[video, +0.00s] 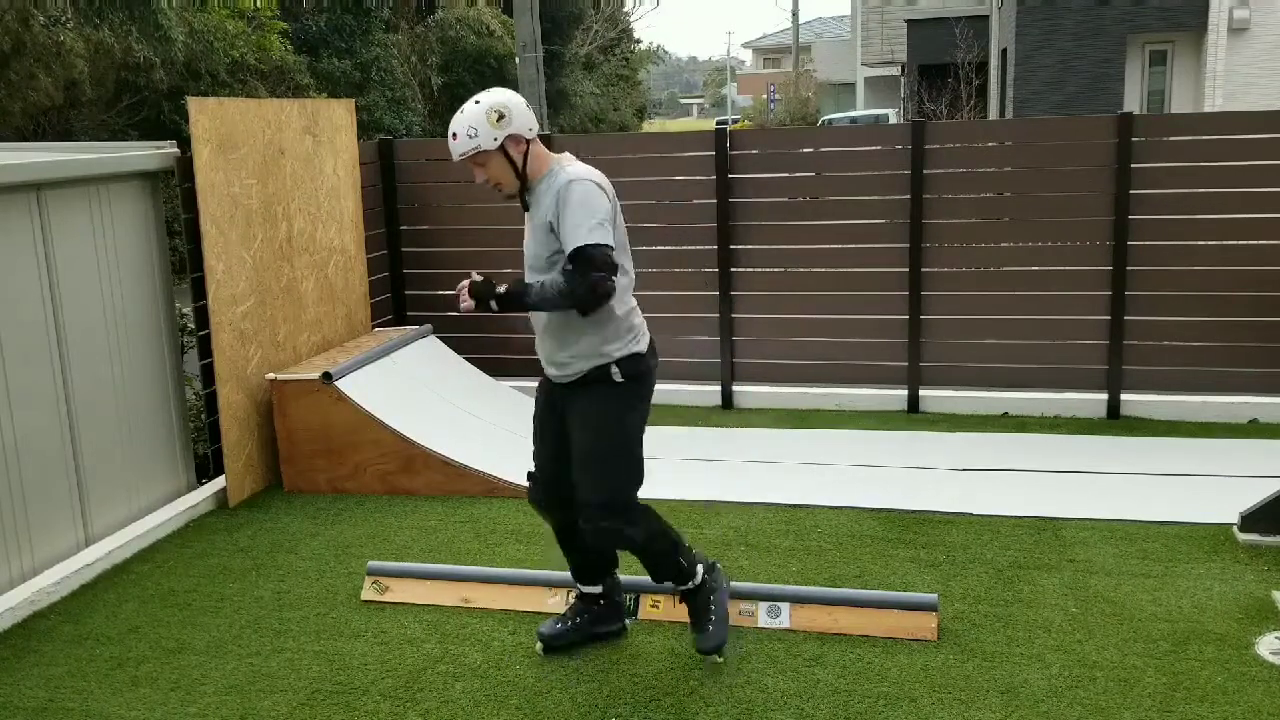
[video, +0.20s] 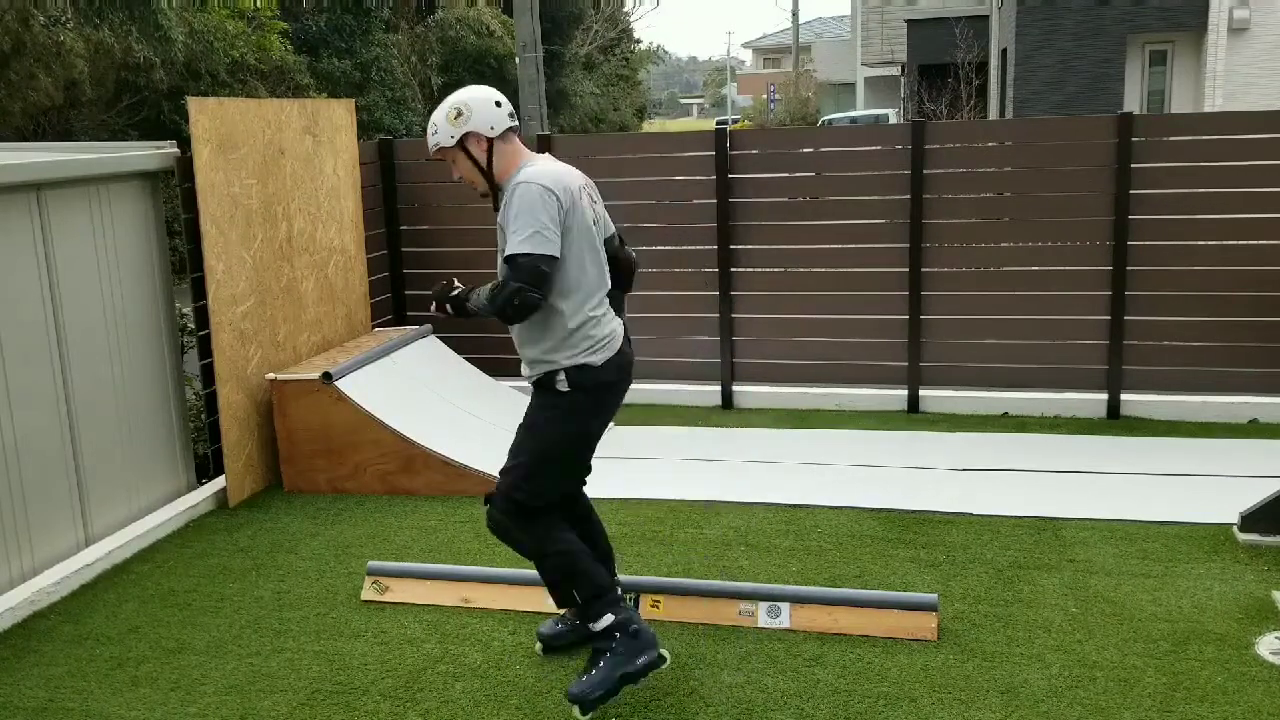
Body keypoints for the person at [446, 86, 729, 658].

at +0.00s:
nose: (479, 178)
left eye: (480, 163)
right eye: (473, 167)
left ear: (517, 145)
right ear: (515, 148)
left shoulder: (578, 187)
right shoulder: (545, 193)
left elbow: (594, 283)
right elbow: (563, 282)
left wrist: (508, 295)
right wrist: (499, 294)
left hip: (611, 371)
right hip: (563, 375)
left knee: (606, 505)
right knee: (554, 492)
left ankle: (697, 579)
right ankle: (601, 601)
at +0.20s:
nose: (457, 175)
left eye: (454, 161)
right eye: (450, 164)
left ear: (480, 142)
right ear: (497, 138)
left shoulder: (529, 189)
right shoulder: (565, 176)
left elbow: (520, 295)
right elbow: (620, 265)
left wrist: (464, 303)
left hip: (573, 373)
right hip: (599, 362)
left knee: (514, 507)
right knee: (558, 491)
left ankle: (626, 636)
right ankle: (595, 608)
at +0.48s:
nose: (457, 165)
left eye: (455, 156)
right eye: (457, 157)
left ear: (464, 150)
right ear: (516, 137)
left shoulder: (465, 198)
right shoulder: (586, 185)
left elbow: (436, 314)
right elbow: (639, 282)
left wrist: (460, 335)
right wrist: (635, 367)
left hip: (529, 387)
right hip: (603, 373)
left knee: (501, 544)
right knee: (570, 503)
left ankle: (535, 695)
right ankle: (602, 628)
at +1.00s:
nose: (598, 134)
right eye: (598, 124)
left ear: (534, 130)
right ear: (594, 124)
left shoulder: (489, 191)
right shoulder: (615, 182)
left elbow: (448, 304)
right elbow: (640, 296)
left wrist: (499, 354)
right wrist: (679, 391)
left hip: (510, 392)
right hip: (601, 392)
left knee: (526, 545)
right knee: (625, 558)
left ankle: (535, 693)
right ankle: (618, 704)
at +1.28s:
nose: (613, 144)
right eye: (616, 135)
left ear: (550, 137)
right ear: (612, 134)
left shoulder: (503, 190)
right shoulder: (626, 185)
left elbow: (458, 290)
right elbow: (653, 288)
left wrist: (509, 339)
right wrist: (681, 387)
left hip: (514, 389)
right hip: (604, 392)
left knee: (521, 520)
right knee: (621, 555)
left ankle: (499, 667)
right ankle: (616, 704)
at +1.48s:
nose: (622, 169)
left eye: (620, 162)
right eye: (621, 161)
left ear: (556, 156)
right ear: (612, 156)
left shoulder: (504, 203)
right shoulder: (607, 198)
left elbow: (460, 297)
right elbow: (606, 284)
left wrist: (512, 333)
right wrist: (631, 394)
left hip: (496, 391)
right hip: (577, 390)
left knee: (516, 518)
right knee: (646, 521)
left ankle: (497, 663)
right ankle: (627, 681)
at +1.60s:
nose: (631, 195)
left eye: (631, 188)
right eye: (631, 187)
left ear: (572, 180)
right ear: (624, 182)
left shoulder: (526, 219)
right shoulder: (615, 215)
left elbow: (481, 304)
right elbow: (599, 289)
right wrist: (622, 391)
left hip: (487, 390)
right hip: (565, 396)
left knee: (529, 512)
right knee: (651, 494)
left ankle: (499, 659)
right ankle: (668, 653)